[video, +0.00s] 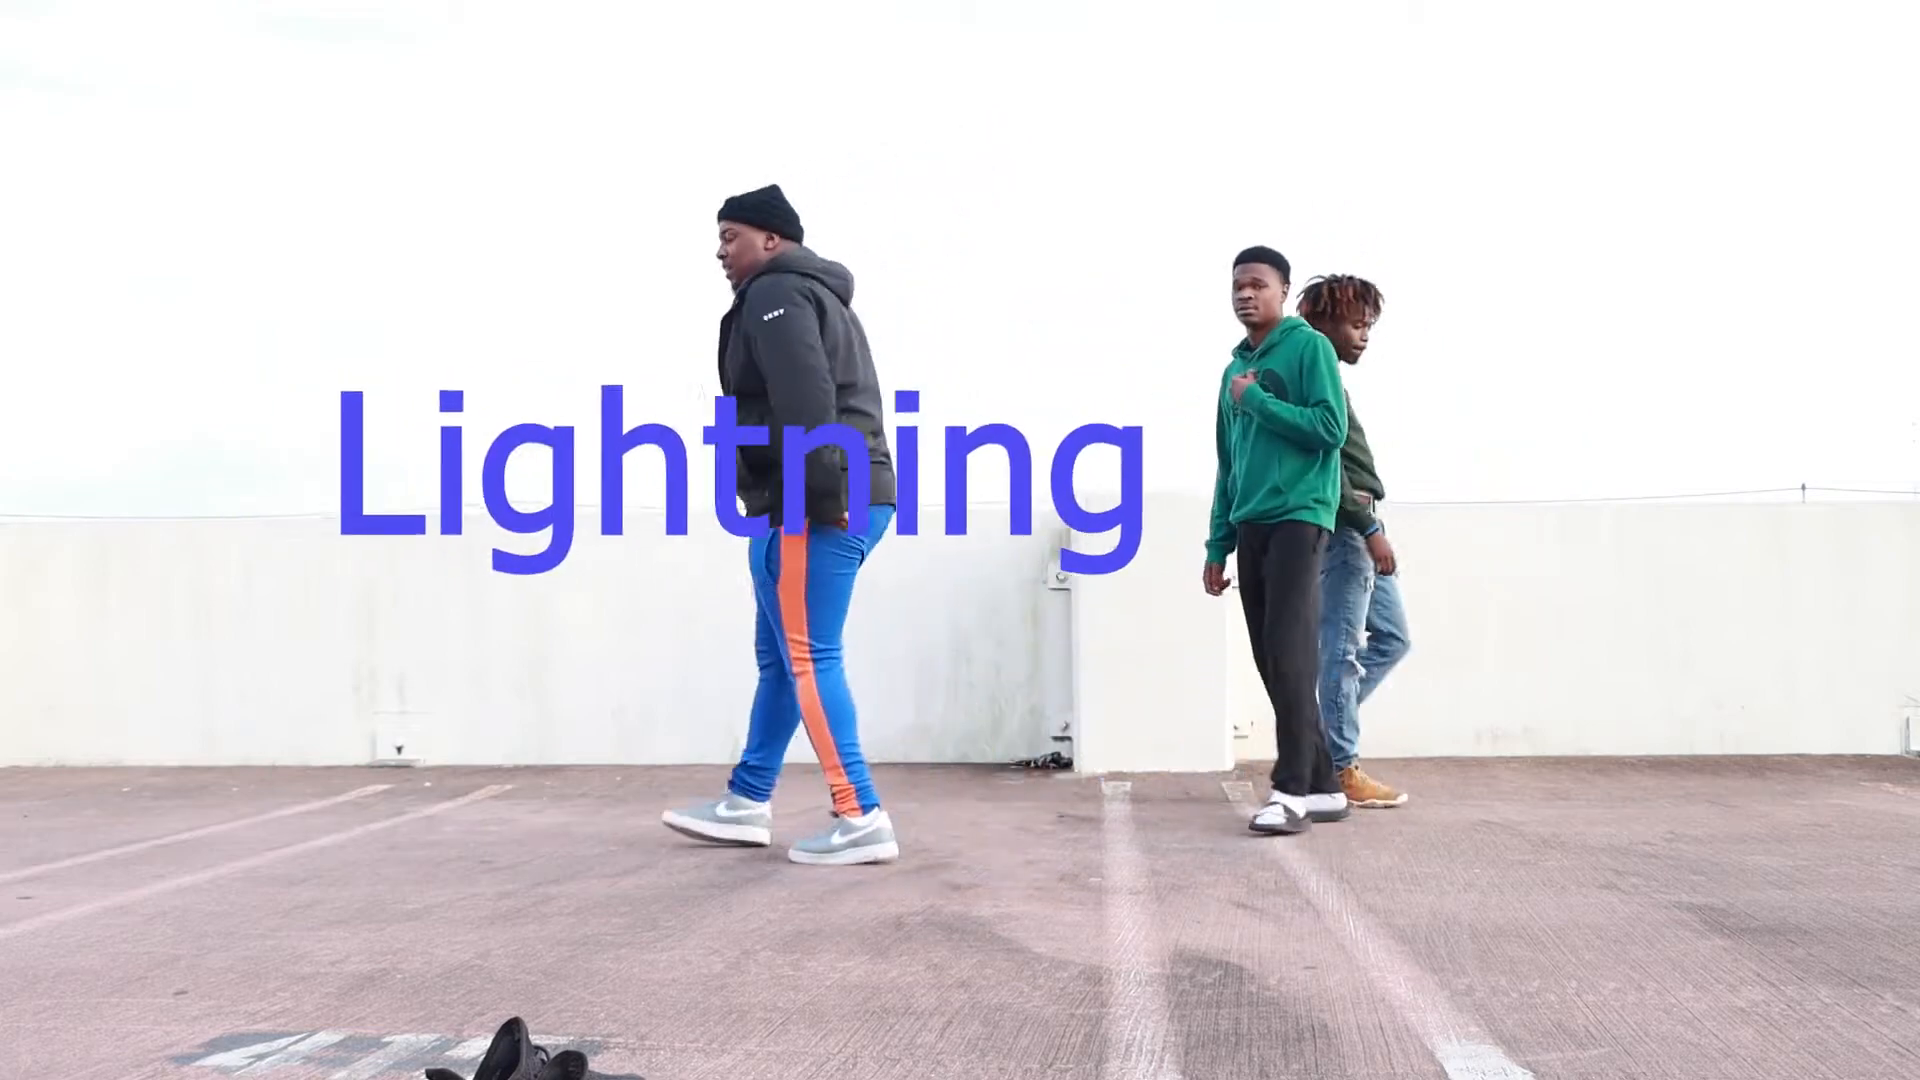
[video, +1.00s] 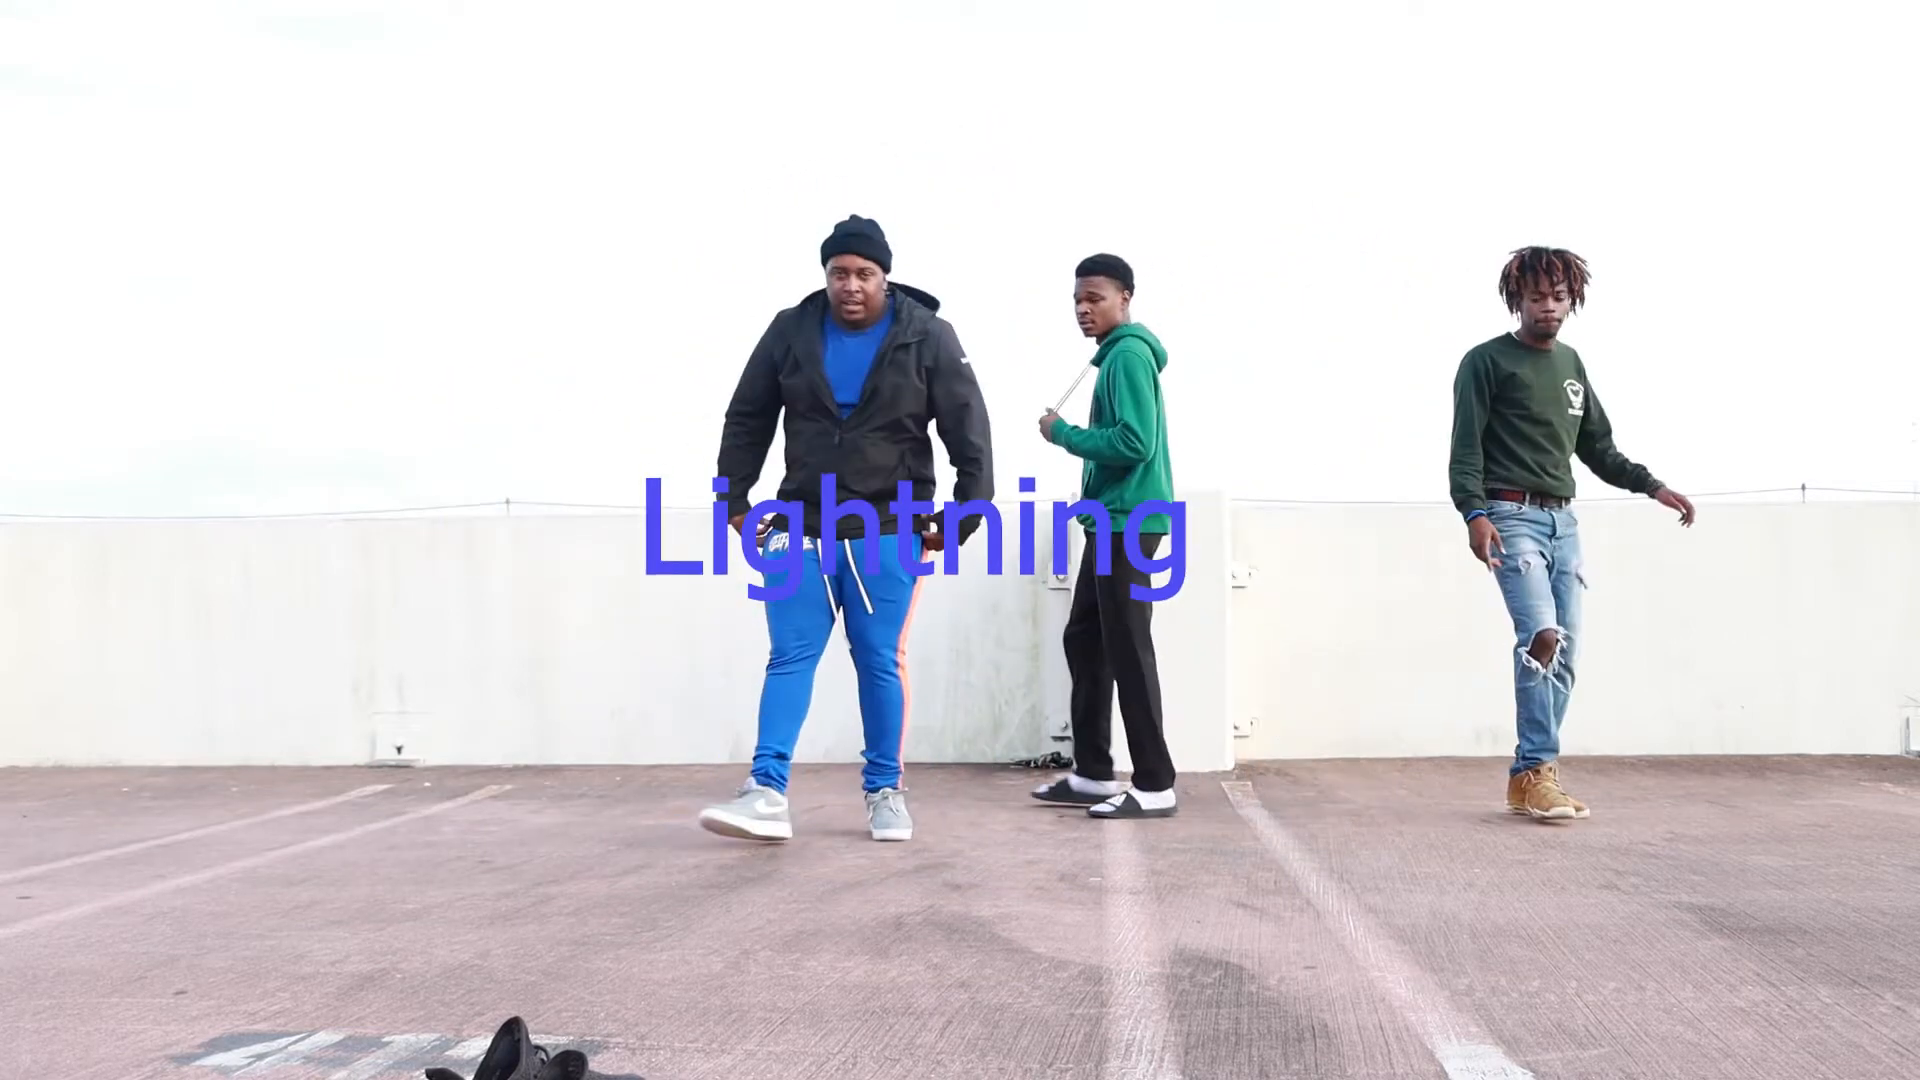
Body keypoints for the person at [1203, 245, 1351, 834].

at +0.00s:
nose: (1246, 295)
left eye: (1257, 285)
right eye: (1239, 287)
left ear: (1284, 290)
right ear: (1232, 297)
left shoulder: (1308, 346)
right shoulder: (1235, 368)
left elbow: (1329, 431)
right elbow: (1228, 466)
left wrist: (1255, 398)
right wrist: (1218, 547)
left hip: (1297, 518)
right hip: (1251, 523)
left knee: (1290, 653)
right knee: (1272, 657)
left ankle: (1291, 792)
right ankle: (1322, 785)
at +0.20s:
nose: (1222, 300)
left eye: (1233, 291)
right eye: (1214, 293)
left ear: (1259, 296)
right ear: (1207, 304)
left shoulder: (1281, 348)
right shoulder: (1218, 369)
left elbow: (1315, 429)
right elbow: (1211, 467)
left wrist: (1236, 408)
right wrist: (1205, 556)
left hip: (1274, 519)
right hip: (1235, 523)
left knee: (1229, 644)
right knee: (1275, 656)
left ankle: (1205, 790)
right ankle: (1320, 789)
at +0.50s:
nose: (1165, 309)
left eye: (1177, 298)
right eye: (1158, 300)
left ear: (1203, 305)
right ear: (1153, 308)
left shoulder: (1208, 357)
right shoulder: (1187, 365)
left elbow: (1227, 446)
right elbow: (1178, 472)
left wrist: (1158, 429)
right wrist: (1149, 539)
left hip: (1204, 532)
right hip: (1197, 532)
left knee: (1179, 657)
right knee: (1237, 656)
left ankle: (1157, 788)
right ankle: (1311, 776)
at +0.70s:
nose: (1123, 308)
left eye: (1135, 298)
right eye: (1118, 300)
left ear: (1164, 301)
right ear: (1117, 306)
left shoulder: (1162, 361)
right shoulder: (1165, 359)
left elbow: (1161, 454)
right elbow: (1161, 464)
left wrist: (1097, 427)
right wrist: (1122, 527)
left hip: (1161, 528)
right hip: (1174, 526)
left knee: (1150, 653)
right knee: (1169, 651)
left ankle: (1155, 787)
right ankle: (1255, 747)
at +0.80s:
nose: (1109, 308)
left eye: (1120, 297)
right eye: (1104, 299)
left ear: (1150, 300)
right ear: (1106, 303)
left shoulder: (1147, 358)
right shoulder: (1151, 355)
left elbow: (1145, 450)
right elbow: (1157, 451)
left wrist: (1079, 428)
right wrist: (1123, 523)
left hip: (1146, 526)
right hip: (1148, 525)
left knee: (1141, 650)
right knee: (1133, 645)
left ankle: (1154, 785)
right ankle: (1206, 755)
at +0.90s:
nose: (1095, 308)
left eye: (1107, 297)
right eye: (1091, 299)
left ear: (1137, 299)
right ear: (1094, 304)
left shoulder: (1135, 357)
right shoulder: (1138, 354)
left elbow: (1135, 447)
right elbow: (1141, 447)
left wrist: (1069, 431)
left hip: (1136, 524)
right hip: (1136, 521)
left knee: (1130, 644)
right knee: (1101, 640)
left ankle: (1155, 785)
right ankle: (1146, 772)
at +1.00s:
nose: (1083, 309)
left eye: (1094, 298)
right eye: (1079, 300)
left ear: (1125, 299)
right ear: (1081, 305)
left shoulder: (1127, 355)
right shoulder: (1117, 356)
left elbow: (1133, 443)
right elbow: (1127, 445)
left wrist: (1062, 433)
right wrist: (1094, 501)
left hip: (1128, 523)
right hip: (1110, 522)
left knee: (1127, 648)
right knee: (1084, 641)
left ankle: (1156, 785)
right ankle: (1092, 775)